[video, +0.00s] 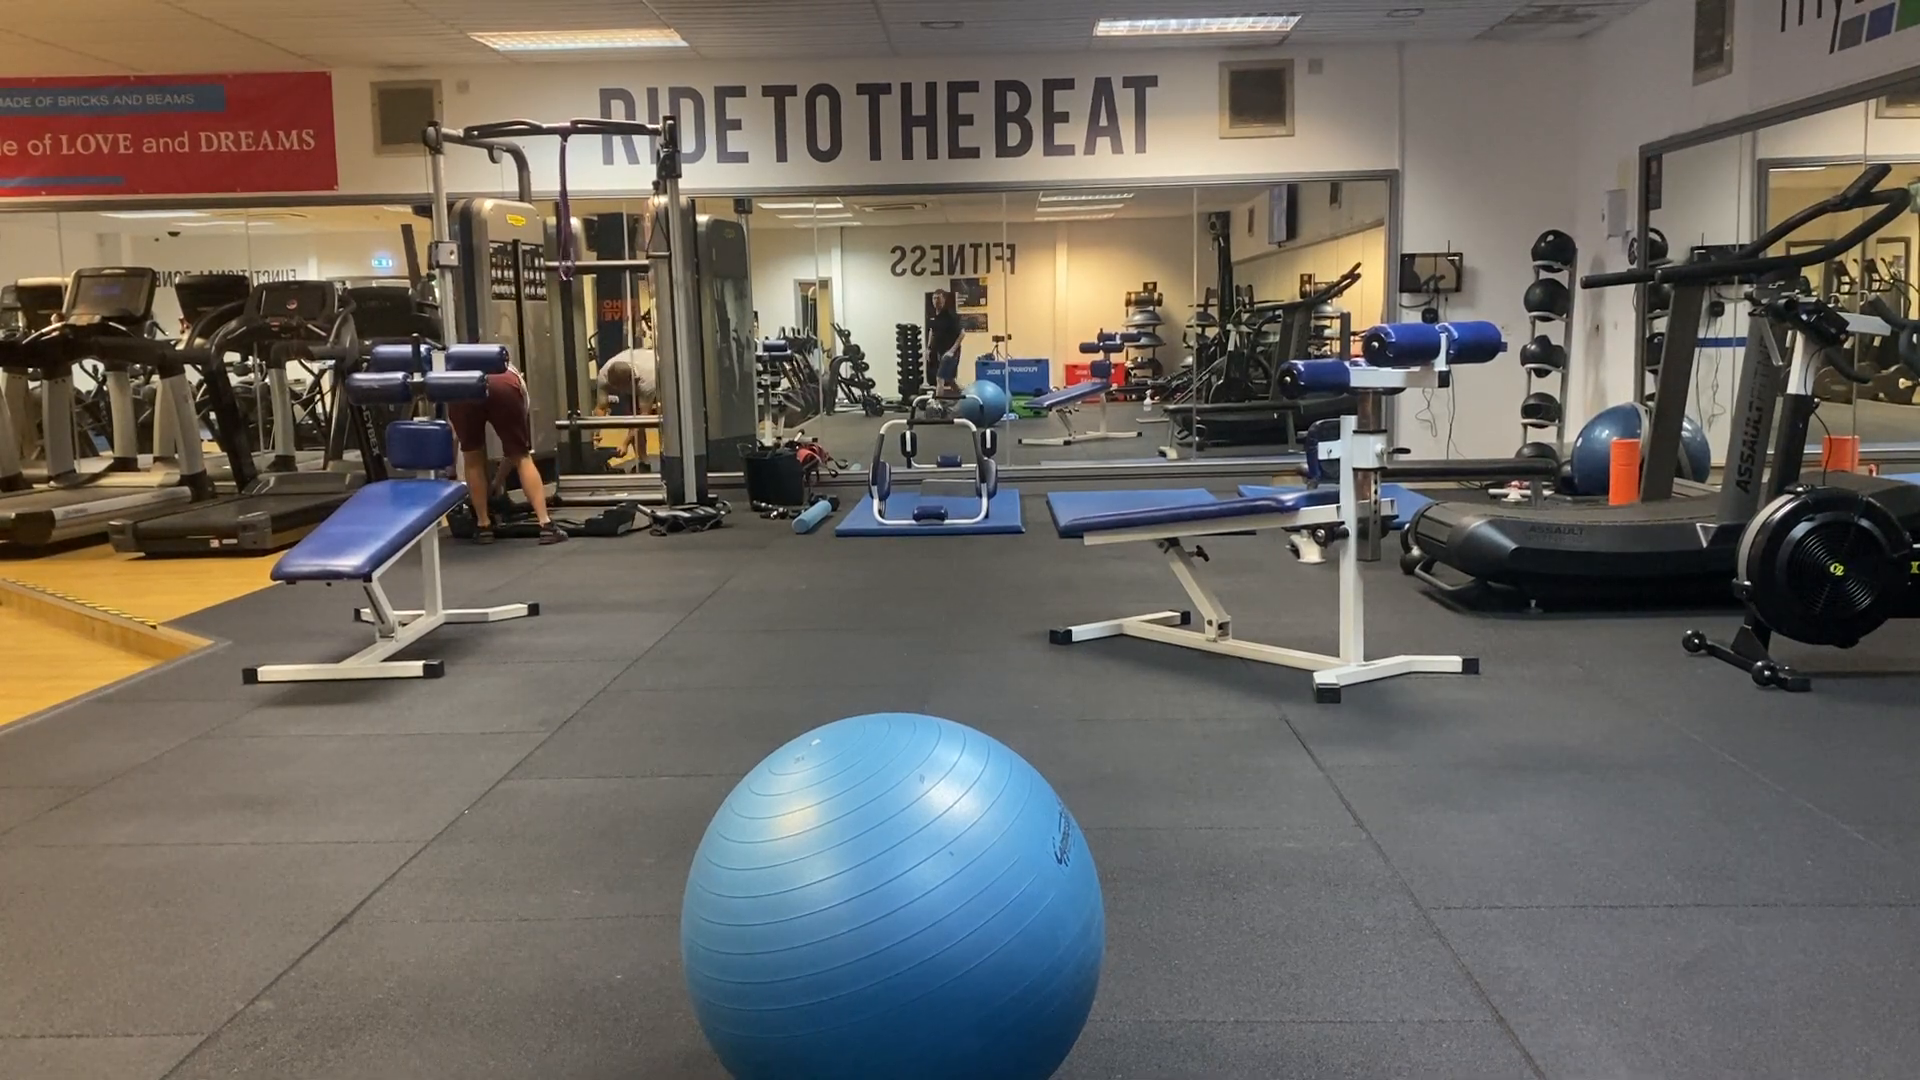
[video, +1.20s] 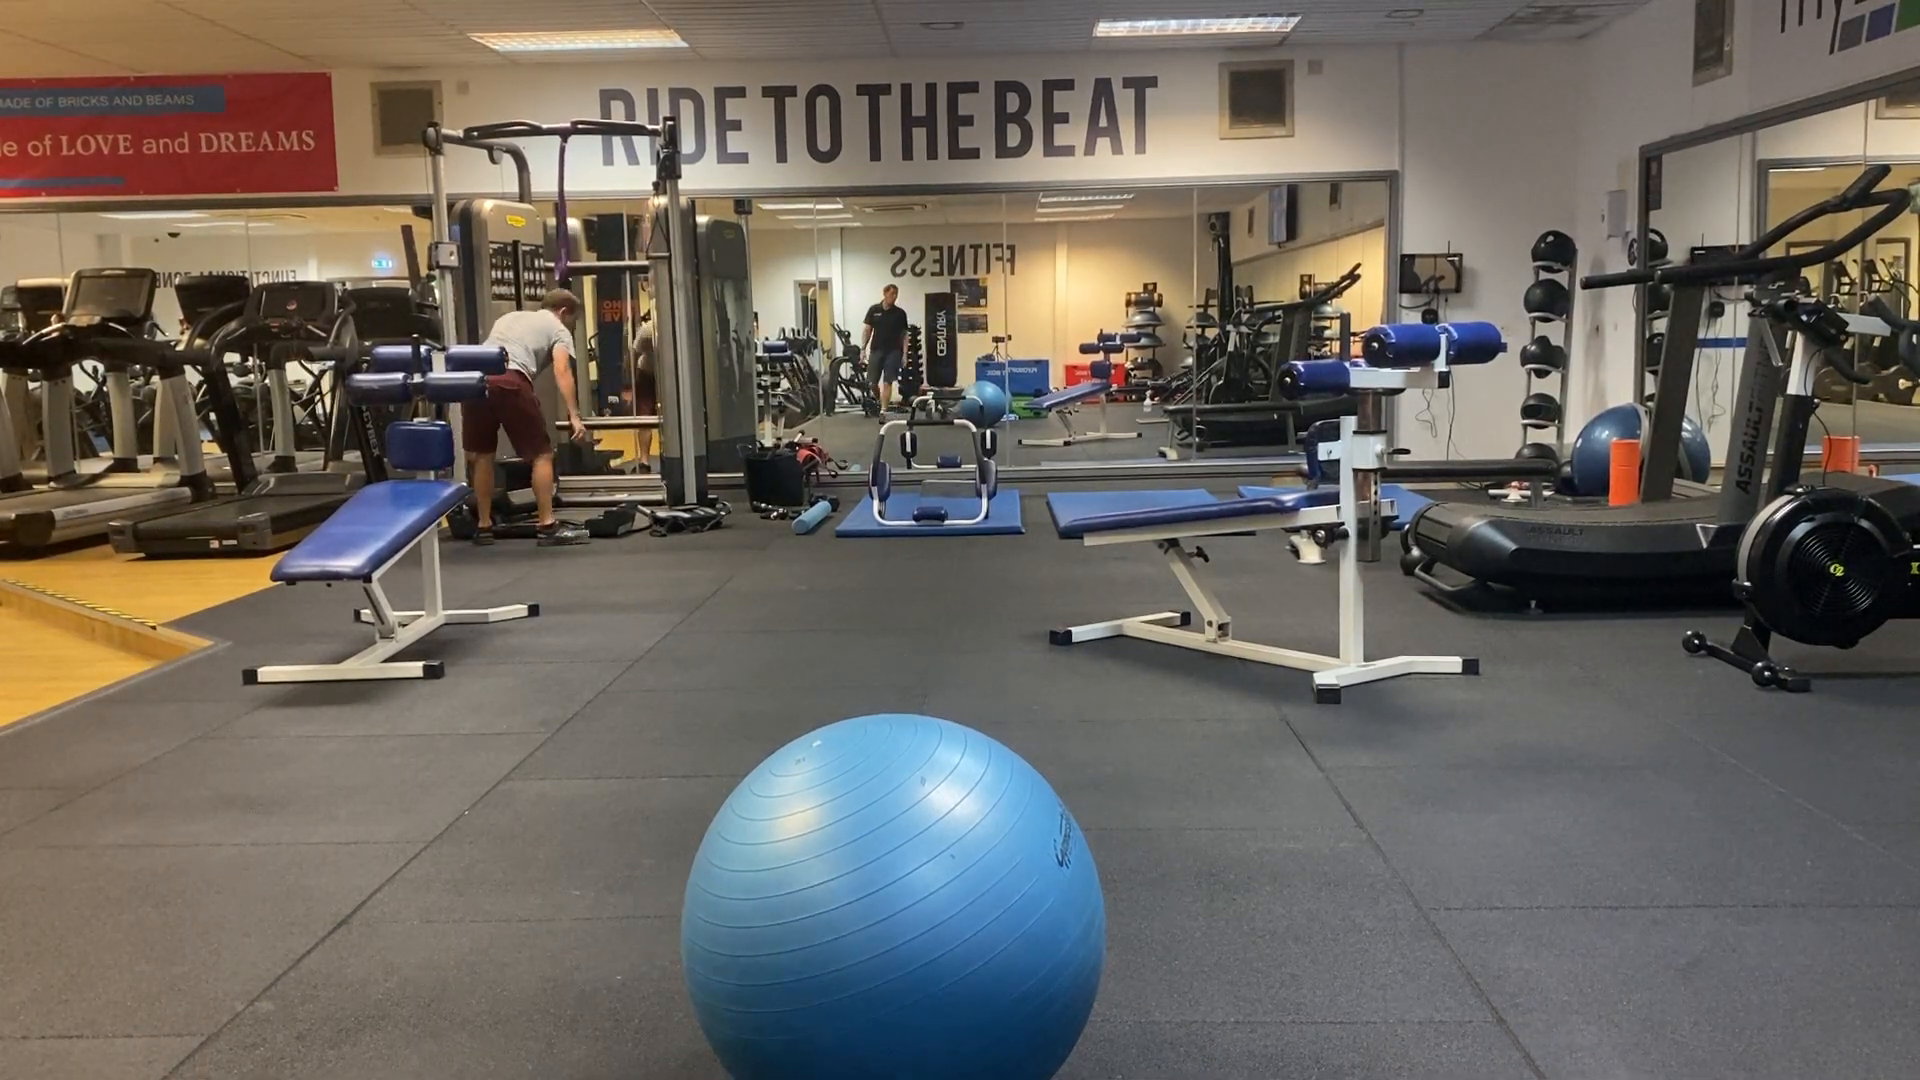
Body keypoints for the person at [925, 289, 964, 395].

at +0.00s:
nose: (937, 301)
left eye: (939, 298)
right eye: (934, 298)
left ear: (944, 300)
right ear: (932, 301)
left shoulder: (951, 315)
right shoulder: (934, 316)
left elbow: (962, 333)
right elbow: (932, 332)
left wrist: (952, 351)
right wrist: (928, 348)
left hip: (951, 351)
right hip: (939, 351)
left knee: (940, 377)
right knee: (950, 379)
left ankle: (937, 403)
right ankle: (963, 397)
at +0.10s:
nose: (930, 300)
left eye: (932, 298)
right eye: (928, 297)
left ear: (939, 298)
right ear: (927, 298)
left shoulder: (945, 313)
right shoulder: (926, 312)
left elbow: (954, 334)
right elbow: (926, 332)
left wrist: (945, 352)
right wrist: (924, 347)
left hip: (943, 348)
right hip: (931, 348)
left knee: (939, 377)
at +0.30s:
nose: (919, 296)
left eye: (922, 294)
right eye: (918, 294)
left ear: (930, 296)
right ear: (918, 295)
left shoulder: (937, 310)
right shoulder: (916, 309)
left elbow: (943, 331)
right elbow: (915, 328)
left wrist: (938, 349)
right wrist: (912, 345)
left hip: (933, 348)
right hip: (919, 347)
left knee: (934, 378)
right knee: (913, 376)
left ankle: (936, 403)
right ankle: (917, 402)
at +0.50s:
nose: (906, 297)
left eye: (909, 295)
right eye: (906, 295)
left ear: (917, 298)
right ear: (907, 297)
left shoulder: (927, 313)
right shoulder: (902, 312)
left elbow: (933, 335)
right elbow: (899, 332)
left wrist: (933, 353)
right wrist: (893, 349)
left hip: (922, 353)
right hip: (905, 353)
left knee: (929, 382)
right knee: (902, 380)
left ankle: (935, 406)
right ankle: (899, 408)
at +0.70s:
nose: (895, 295)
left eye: (898, 293)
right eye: (895, 293)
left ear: (905, 296)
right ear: (895, 294)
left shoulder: (915, 312)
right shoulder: (889, 310)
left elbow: (922, 332)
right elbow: (884, 329)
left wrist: (925, 353)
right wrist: (878, 348)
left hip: (910, 352)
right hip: (893, 351)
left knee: (909, 381)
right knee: (893, 381)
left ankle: (916, 406)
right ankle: (895, 409)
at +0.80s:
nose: (894, 294)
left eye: (897, 292)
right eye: (893, 291)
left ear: (903, 294)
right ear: (890, 292)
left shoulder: (911, 310)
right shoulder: (884, 308)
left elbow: (917, 331)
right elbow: (878, 326)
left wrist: (919, 348)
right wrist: (873, 344)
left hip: (906, 348)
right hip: (890, 348)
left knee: (901, 377)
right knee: (892, 379)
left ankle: (904, 406)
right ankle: (894, 407)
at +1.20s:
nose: (894, 297)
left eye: (895, 294)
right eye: (892, 294)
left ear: (897, 296)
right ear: (885, 294)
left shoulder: (901, 313)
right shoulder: (874, 310)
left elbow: (905, 335)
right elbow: (867, 330)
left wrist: (905, 354)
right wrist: (863, 348)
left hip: (894, 351)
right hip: (877, 350)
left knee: (888, 382)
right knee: (872, 381)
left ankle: (883, 410)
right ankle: (879, 402)